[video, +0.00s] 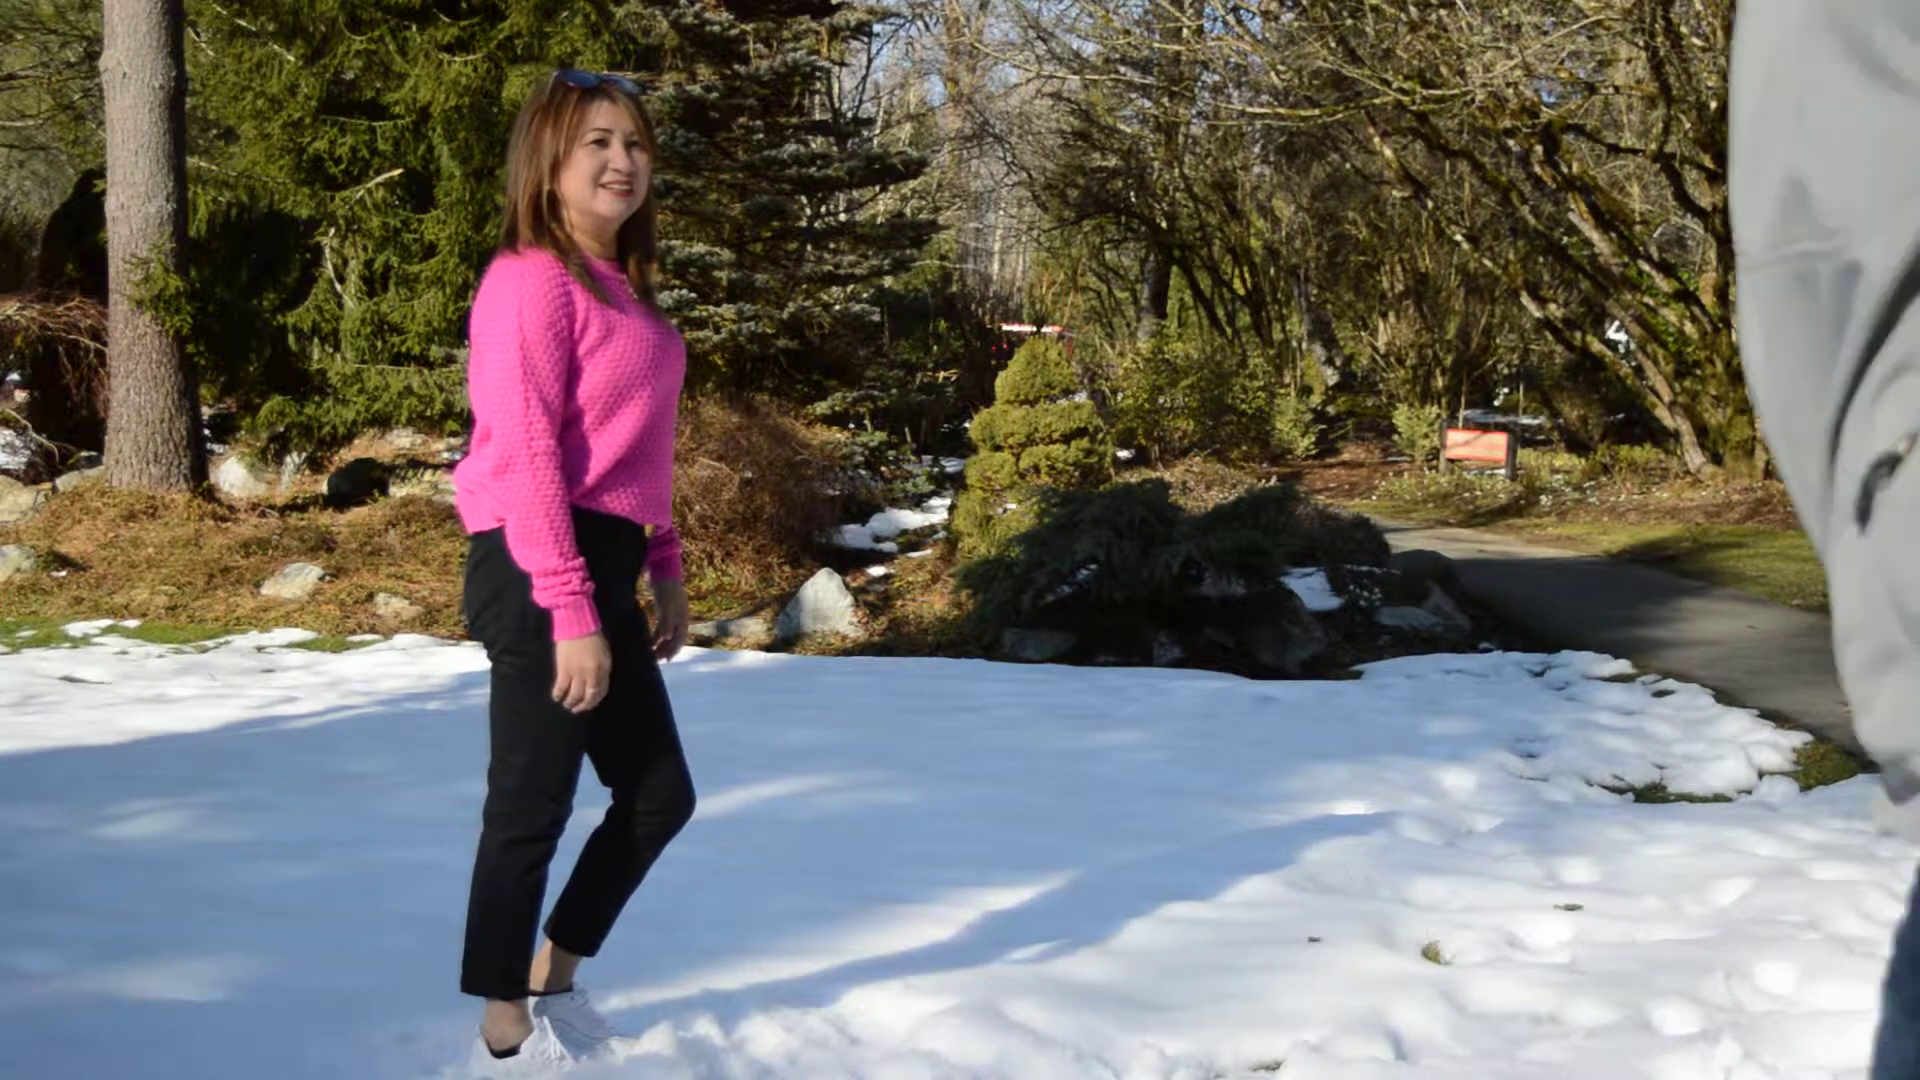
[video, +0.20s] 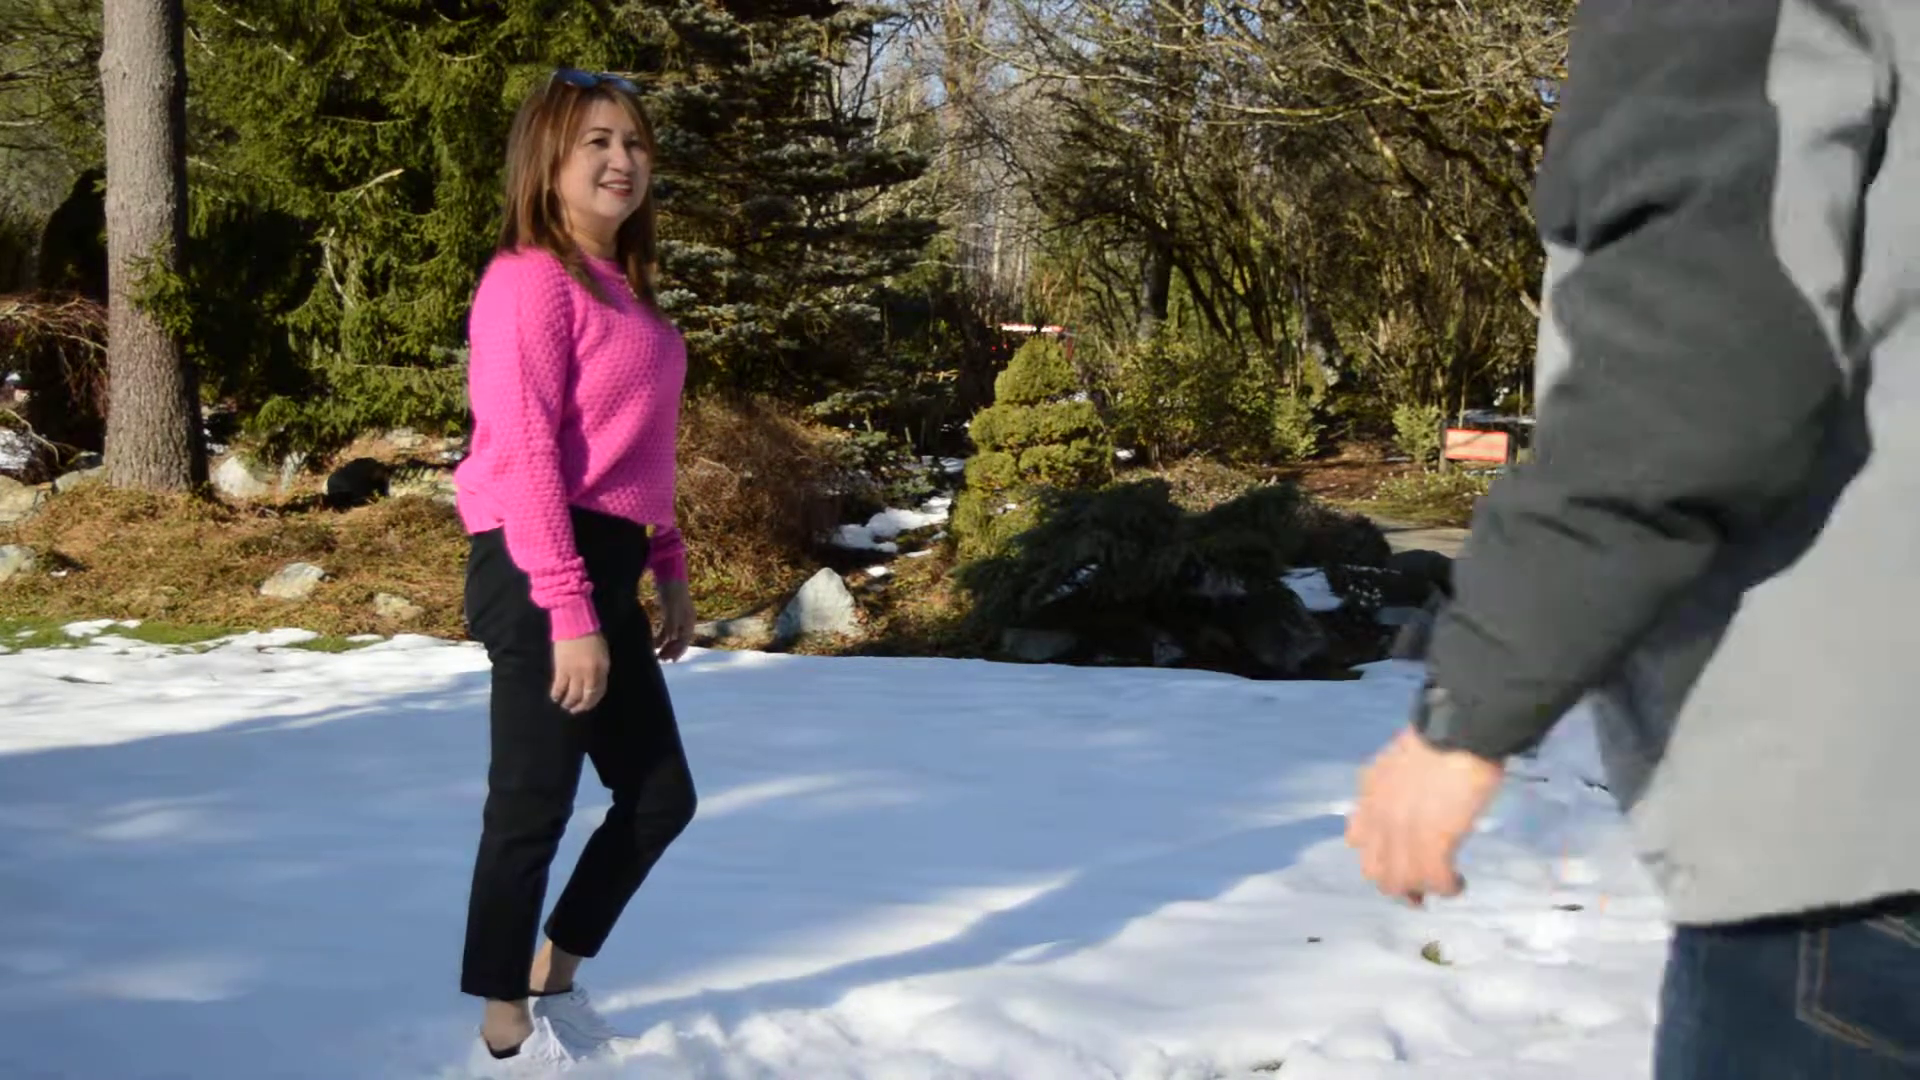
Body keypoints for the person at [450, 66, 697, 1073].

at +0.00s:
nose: (623, 161)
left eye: (636, 144)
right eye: (599, 143)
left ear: (649, 168)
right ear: (548, 162)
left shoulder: (620, 290)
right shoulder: (527, 280)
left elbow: (638, 448)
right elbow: (525, 455)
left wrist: (664, 573)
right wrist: (571, 612)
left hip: (604, 558)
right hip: (534, 554)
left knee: (660, 794)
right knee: (528, 804)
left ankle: (550, 981)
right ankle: (501, 1038)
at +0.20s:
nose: (623, 159)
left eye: (635, 143)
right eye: (598, 142)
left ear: (648, 166)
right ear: (548, 163)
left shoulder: (620, 290)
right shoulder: (526, 280)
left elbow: (637, 447)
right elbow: (524, 455)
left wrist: (669, 568)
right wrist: (570, 612)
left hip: (606, 560)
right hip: (534, 555)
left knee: (661, 795)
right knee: (531, 801)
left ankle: (550, 980)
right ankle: (502, 1038)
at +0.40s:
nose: (625, 160)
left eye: (637, 144)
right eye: (600, 142)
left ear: (648, 167)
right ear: (548, 161)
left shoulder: (619, 287)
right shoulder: (525, 279)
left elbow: (639, 445)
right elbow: (520, 452)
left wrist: (684, 568)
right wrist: (567, 609)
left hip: (605, 561)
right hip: (534, 556)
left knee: (661, 796)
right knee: (530, 802)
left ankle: (549, 982)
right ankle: (501, 1038)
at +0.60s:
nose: (625, 160)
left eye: (636, 144)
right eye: (600, 143)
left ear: (647, 166)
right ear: (548, 164)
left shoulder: (621, 288)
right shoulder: (522, 279)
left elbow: (648, 447)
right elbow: (518, 453)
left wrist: (696, 570)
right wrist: (563, 609)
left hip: (606, 561)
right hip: (533, 556)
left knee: (661, 798)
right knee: (530, 804)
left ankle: (550, 979)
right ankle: (502, 1035)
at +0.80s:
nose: (624, 160)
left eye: (636, 144)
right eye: (599, 143)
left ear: (648, 168)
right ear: (546, 163)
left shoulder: (623, 289)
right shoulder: (520, 280)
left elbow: (653, 447)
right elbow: (515, 456)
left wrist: (714, 556)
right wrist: (562, 612)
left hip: (608, 564)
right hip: (533, 556)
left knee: (660, 800)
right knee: (530, 805)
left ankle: (548, 982)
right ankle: (503, 1039)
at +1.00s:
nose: (621, 159)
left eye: (633, 142)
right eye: (596, 142)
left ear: (645, 165)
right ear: (545, 163)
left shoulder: (623, 288)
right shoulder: (517, 281)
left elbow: (661, 445)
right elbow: (513, 458)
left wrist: (720, 558)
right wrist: (560, 614)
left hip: (608, 566)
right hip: (533, 561)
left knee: (660, 799)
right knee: (530, 805)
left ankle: (549, 978)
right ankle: (502, 1031)